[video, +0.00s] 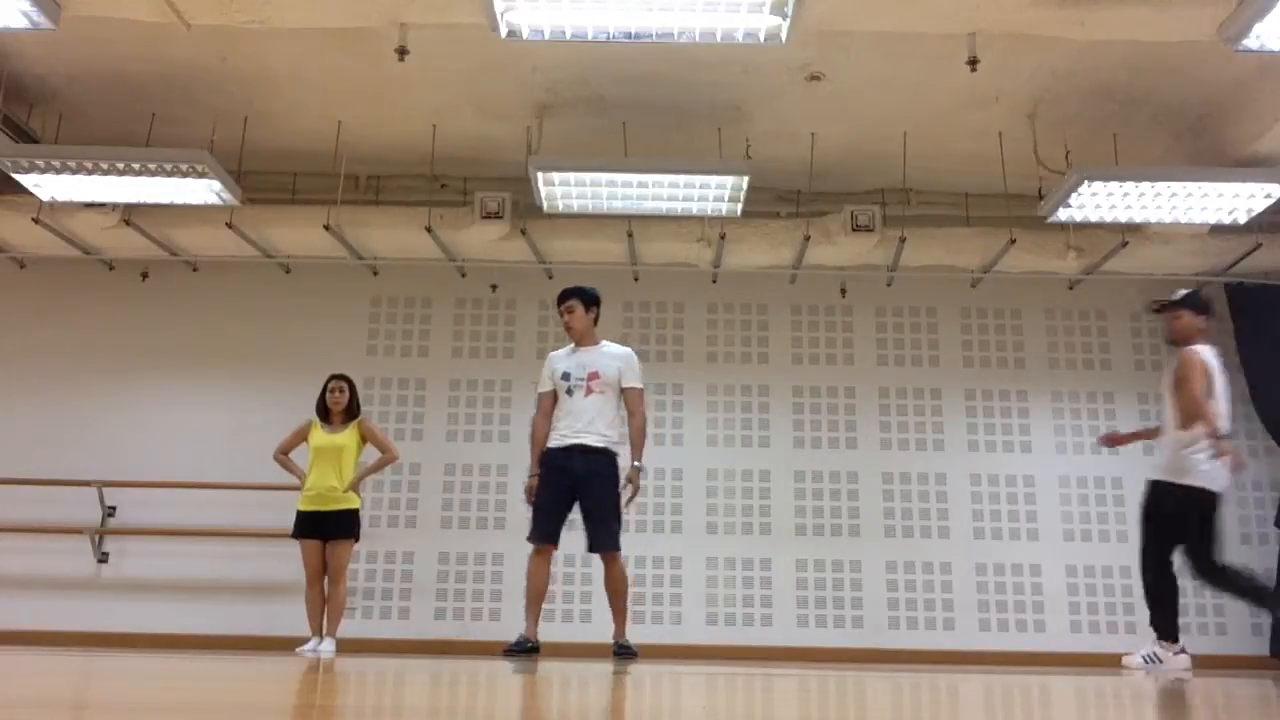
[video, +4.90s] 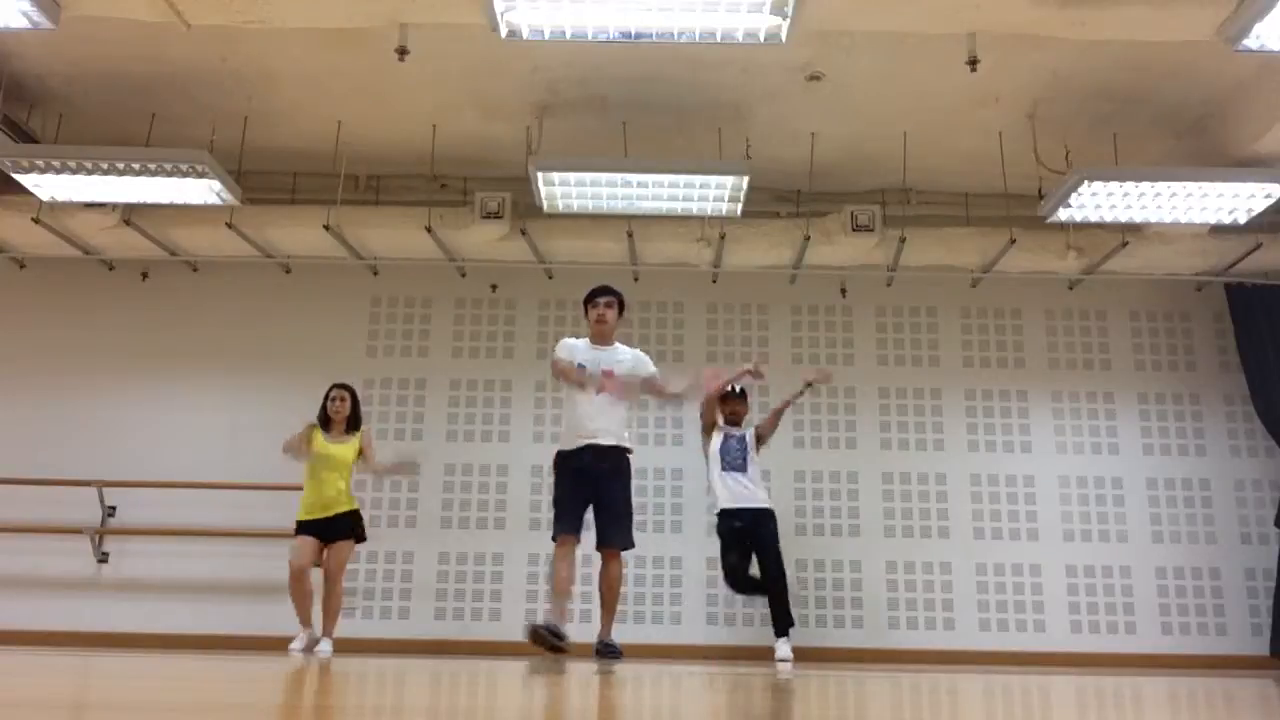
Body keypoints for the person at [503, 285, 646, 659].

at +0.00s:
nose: (566, 318)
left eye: (571, 311)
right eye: (563, 314)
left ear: (592, 313)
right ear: (563, 319)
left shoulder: (623, 357)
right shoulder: (555, 360)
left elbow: (636, 413)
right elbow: (543, 416)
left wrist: (635, 464)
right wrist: (534, 470)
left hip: (601, 460)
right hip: (558, 459)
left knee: (609, 552)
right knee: (542, 546)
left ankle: (620, 636)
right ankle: (529, 634)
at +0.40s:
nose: (529, 315)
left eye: (534, 307)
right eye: (529, 308)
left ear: (555, 308)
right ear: (542, 312)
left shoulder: (591, 349)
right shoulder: (529, 358)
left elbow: (599, 407)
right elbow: (515, 411)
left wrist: (581, 453)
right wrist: (503, 459)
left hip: (571, 454)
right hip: (529, 455)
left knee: (584, 540)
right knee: (528, 545)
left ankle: (607, 625)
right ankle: (528, 634)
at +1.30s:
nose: (579, 306)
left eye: (586, 301)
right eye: (573, 302)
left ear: (599, 309)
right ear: (565, 312)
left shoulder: (619, 355)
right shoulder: (549, 355)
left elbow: (628, 410)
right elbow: (533, 409)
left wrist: (622, 461)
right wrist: (522, 460)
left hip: (600, 458)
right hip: (555, 457)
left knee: (607, 550)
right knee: (541, 545)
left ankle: (612, 636)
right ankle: (530, 634)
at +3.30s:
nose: (581, 307)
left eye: (588, 301)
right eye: (575, 302)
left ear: (599, 311)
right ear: (563, 311)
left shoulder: (615, 356)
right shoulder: (544, 352)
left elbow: (622, 413)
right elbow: (528, 407)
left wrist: (619, 460)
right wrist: (525, 460)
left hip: (597, 455)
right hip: (552, 455)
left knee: (603, 545)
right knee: (544, 547)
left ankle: (606, 634)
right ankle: (537, 635)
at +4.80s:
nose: (608, 314)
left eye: (614, 309)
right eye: (601, 308)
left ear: (625, 318)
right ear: (591, 316)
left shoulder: (639, 364)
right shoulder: (572, 353)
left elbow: (652, 414)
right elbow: (560, 405)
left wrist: (668, 438)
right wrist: (579, 446)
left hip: (621, 457)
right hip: (579, 454)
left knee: (615, 549)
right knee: (578, 543)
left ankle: (606, 636)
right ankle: (582, 633)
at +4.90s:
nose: (602, 312)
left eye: (608, 307)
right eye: (596, 307)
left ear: (620, 315)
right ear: (586, 314)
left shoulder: (634, 358)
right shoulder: (570, 346)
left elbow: (660, 389)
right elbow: (561, 370)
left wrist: (690, 388)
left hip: (613, 458)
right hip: (572, 456)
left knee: (611, 549)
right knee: (565, 541)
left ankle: (606, 636)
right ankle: (555, 626)